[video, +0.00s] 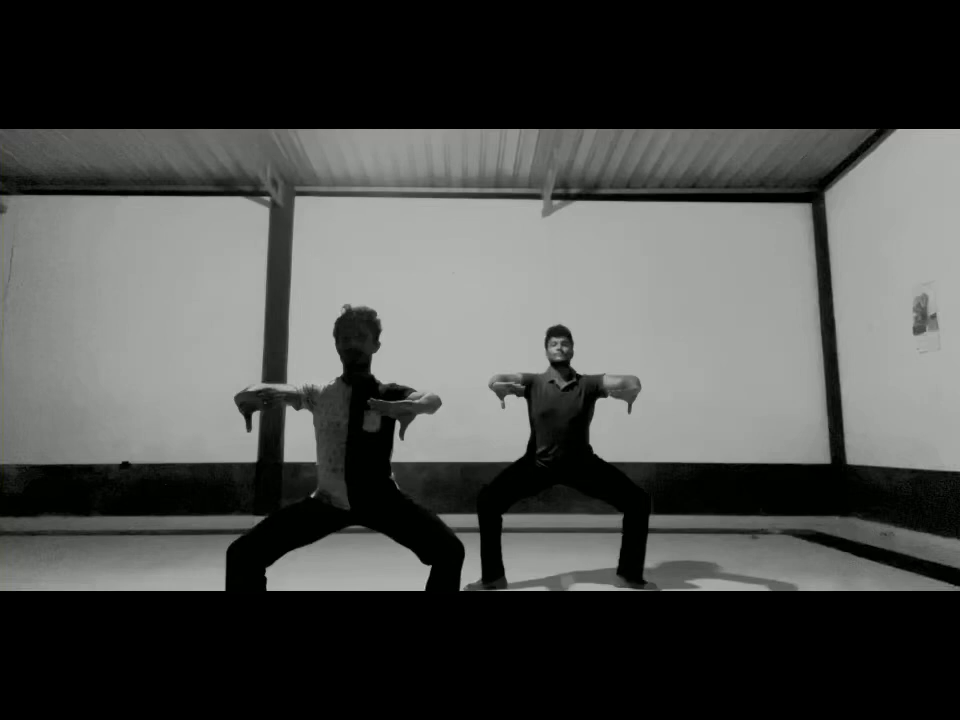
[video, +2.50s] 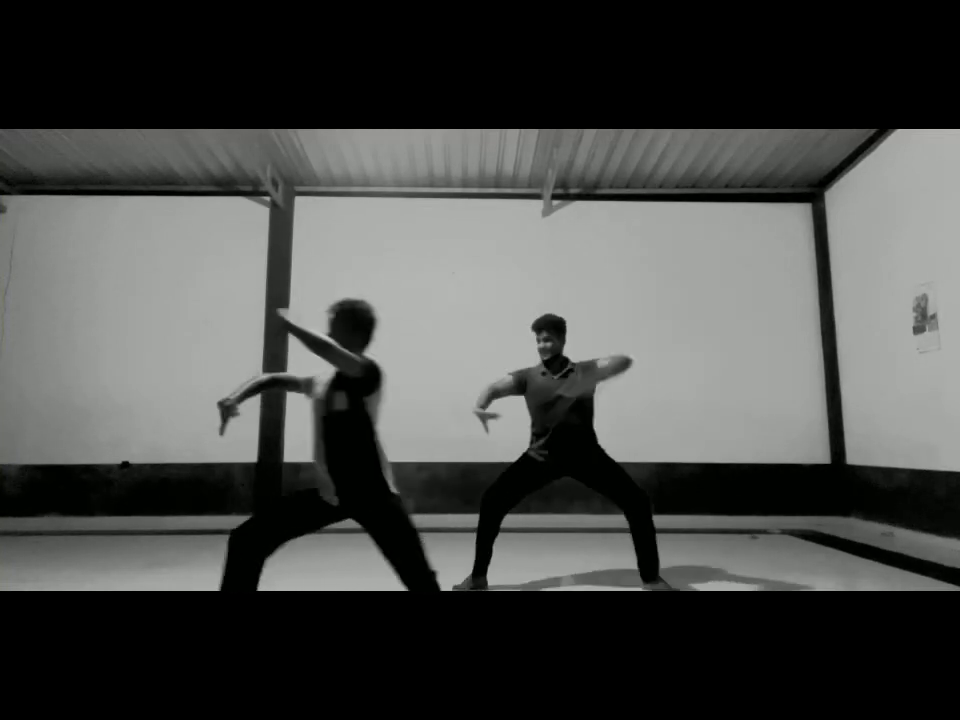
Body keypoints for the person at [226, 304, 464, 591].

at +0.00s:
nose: (351, 345)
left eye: (361, 337)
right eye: (344, 337)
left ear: (376, 344)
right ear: (335, 343)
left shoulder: (389, 394)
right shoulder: (319, 396)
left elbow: (433, 400)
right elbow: (265, 392)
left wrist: (412, 407)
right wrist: (245, 397)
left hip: (380, 502)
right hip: (329, 503)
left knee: (450, 552)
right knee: (242, 555)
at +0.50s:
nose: (348, 343)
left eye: (357, 334)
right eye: (341, 335)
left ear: (373, 339)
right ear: (332, 340)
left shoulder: (389, 390)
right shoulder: (317, 392)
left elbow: (433, 396)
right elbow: (271, 392)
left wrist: (414, 404)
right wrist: (244, 395)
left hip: (379, 499)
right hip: (327, 499)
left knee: (446, 551)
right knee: (242, 556)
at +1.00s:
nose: (406, 333)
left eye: (407, 327)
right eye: (399, 327)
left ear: (404, 340)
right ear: (377, 333)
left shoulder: (414, 386)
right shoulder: (359, 373)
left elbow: (466, 396)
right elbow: (364, 347)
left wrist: (512, 405)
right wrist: (421, 339)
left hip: (390, 490)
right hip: (344, 489)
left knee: (459, 544)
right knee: (285, 571)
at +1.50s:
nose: (409, 361)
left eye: (413, 354)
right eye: (407, 352)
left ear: (401, 350)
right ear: (387, 345)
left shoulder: (388, 385)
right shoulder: (350, 375)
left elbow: (413, 390)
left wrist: (456, 394)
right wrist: (428, 447)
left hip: (362, 490)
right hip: (320, 491)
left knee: (436, 538)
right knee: (269, 571)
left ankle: (441, 599)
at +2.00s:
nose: (385, 322)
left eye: (393, 315)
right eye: (377, 315)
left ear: (408, 322)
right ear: (368, 323)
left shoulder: (424, 373)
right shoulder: (355, 373)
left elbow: (467, 379)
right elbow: (293, 364)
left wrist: (476, 397)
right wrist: (264, 372)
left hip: (412, 485)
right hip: (360, 484)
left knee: (463, 554)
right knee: (285, 543)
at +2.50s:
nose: (330, 335)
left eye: (338, 328)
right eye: (330, 328)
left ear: (357, 334)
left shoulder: (367, 375)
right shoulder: (320, 384)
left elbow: (328, 350)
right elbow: (272, 380)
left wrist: (290, 326)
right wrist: (234, 399)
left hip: (372, 497)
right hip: (328, 496)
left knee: (420, 579)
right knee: (246, 542)